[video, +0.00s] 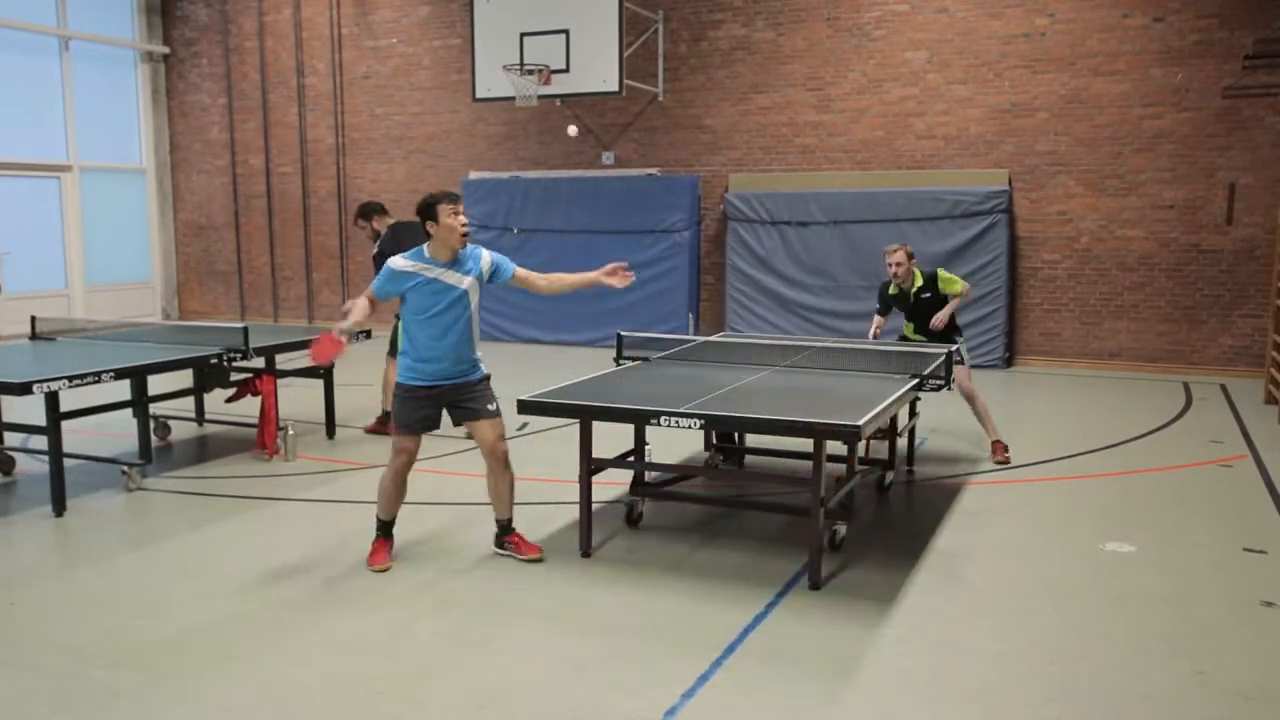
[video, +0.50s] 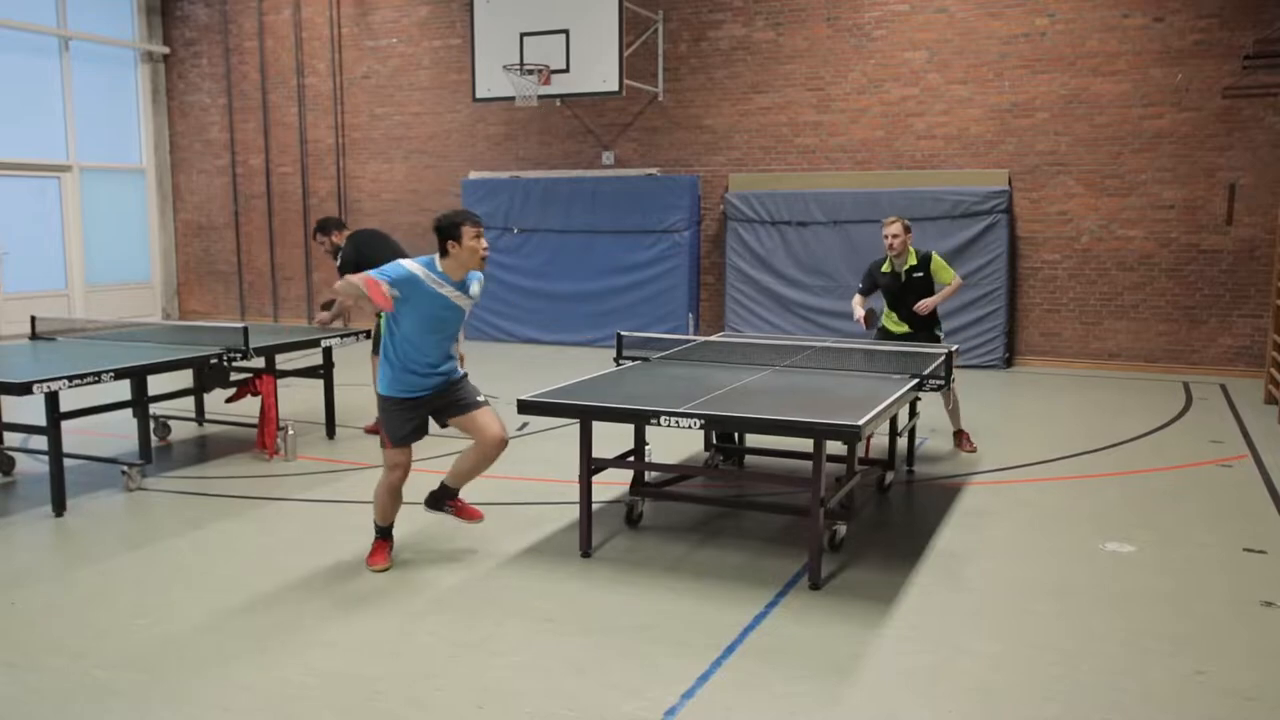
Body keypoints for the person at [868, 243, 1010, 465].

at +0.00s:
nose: (893, 271)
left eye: (898, 265)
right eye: (890, 266)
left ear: (912, 264)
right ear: (886, 267)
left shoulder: (934, 278)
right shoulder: (888, 290)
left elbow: (965, 290)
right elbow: (881, 314)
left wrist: (946, 311)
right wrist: (876, 326)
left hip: (947, 339)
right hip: (912, 339)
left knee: (965, 387)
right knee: (889, 378)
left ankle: (996, 442)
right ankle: (887, 425)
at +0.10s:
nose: (887, 258)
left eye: (892, 253)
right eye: (884, 254)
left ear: (905, 253)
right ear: (880, 256)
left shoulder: (928, 268)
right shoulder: (880, 280)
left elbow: (952, 284)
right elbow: (873, 306)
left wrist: (939, 302)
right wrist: (869, 317)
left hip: (938, 335)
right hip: (902, 335)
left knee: (959, 387)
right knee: (884, 378)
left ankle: (990, 439)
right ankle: (887, 424)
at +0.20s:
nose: (885, 244)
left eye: (890, 239)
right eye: (881, 240)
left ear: (903, 239)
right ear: (878, 243)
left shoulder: (925, 257)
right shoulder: (876, 268)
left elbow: (947, 271)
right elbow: (867, 297)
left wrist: (935, 292)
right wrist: (865, 307)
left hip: (930, 328)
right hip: (896, 330)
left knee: (955, 381)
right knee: (877, 375)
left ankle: (977, 434)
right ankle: (886, 424)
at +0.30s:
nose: (886, 236)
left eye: (891, 231)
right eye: (882, 231)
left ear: (905, 231)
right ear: (878, 234)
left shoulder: (926, 249)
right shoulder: (876, 261)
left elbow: (950, 267)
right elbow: (866, 290)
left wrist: (933, 286)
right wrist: (864, 302)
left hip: (928, 322)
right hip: (895, 324)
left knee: (951, 374)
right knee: (874, 368)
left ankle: (962, 430)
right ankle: (887, 417)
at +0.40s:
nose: (888, 239)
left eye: (894, 233)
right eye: (885, 234)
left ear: (907, 234)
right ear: (881, 237)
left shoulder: (927, 255)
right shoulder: (877, 264)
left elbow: (955, 272)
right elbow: (863, 293)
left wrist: (935, 291)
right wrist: (862, 305)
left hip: (927, 327)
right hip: (893, 327)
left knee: (946, 379)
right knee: (871, 375)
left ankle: (960, 431)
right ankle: (865, 430)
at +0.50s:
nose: (890, 242)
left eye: (895, 236)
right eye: (886, 237)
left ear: (908, 238)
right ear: (883, 240)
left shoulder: (928, 260)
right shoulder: (878, 268)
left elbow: (956, 281)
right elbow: (859, 297)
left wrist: (935, 300)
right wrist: (859, 310)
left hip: (925, 332)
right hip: (890, 333)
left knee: (945, 382)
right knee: (873, 381)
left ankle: (958, 432)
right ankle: (865, 433)